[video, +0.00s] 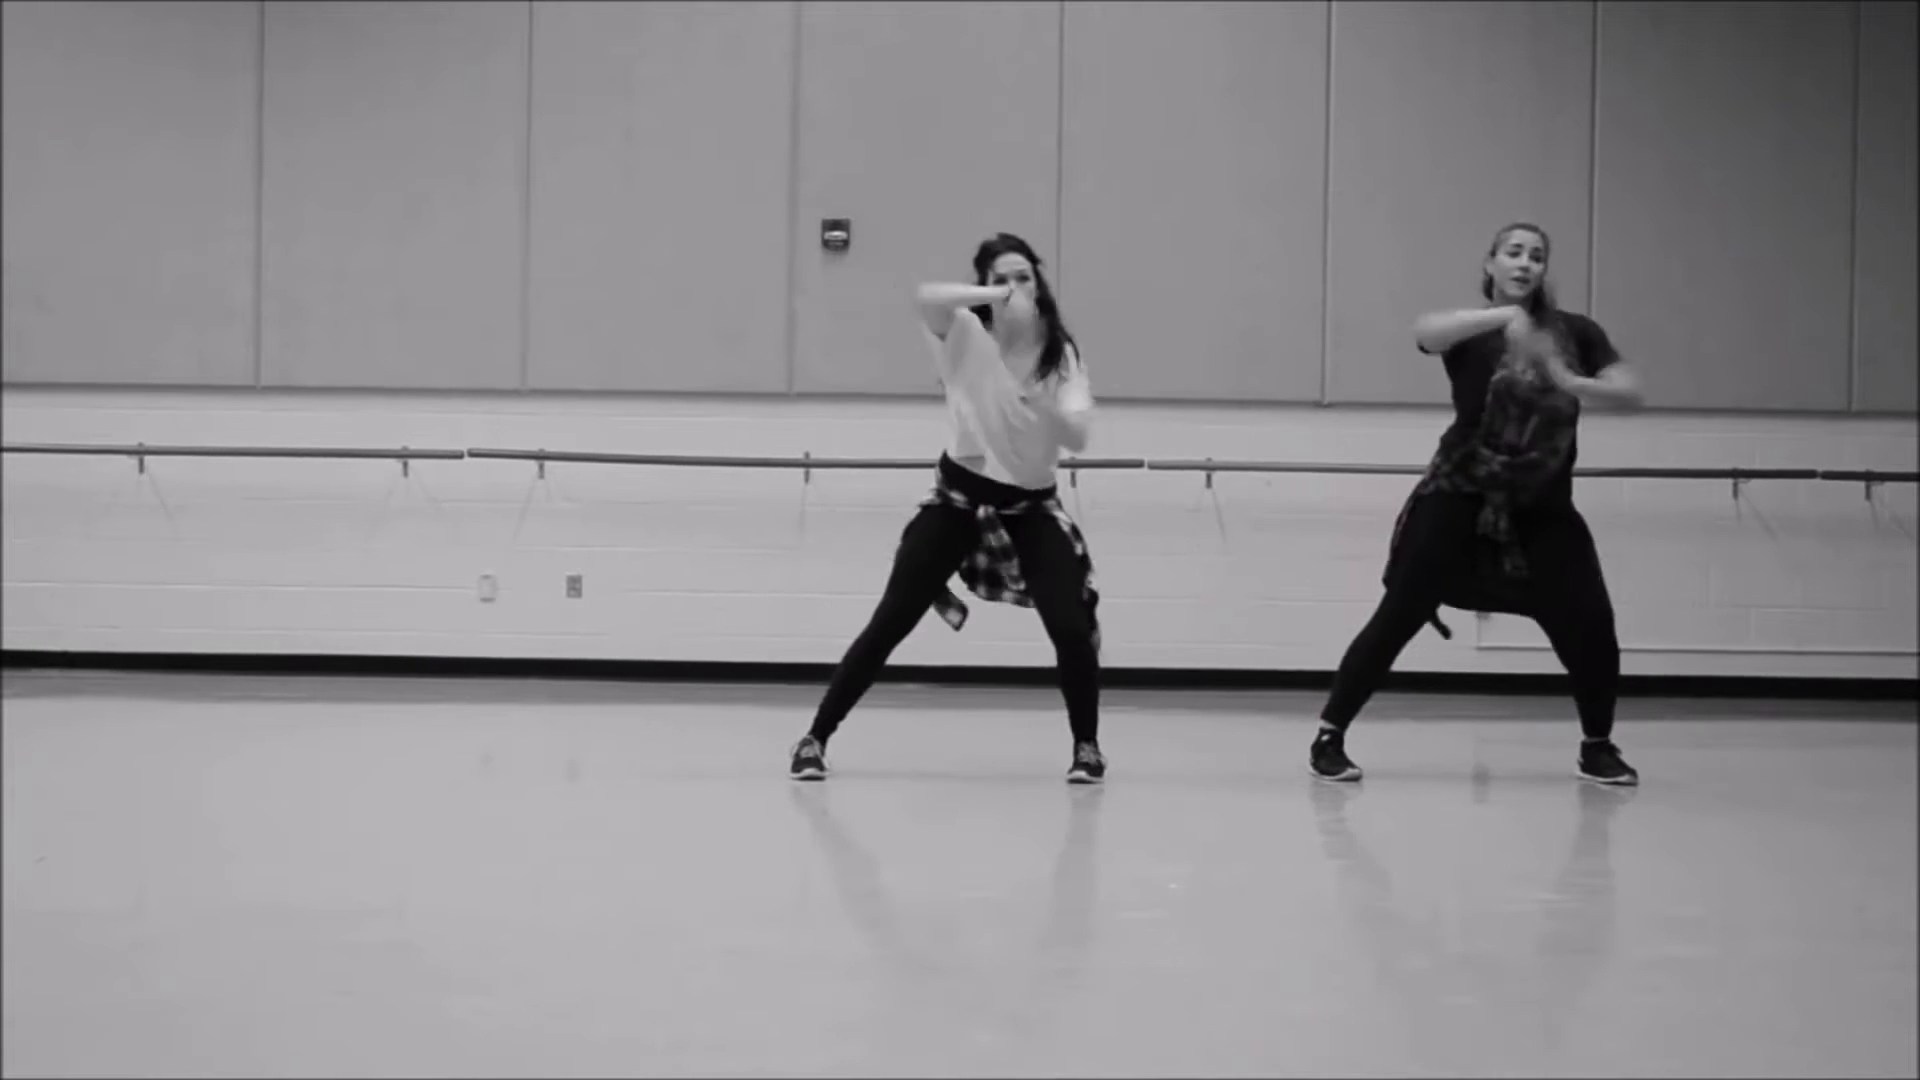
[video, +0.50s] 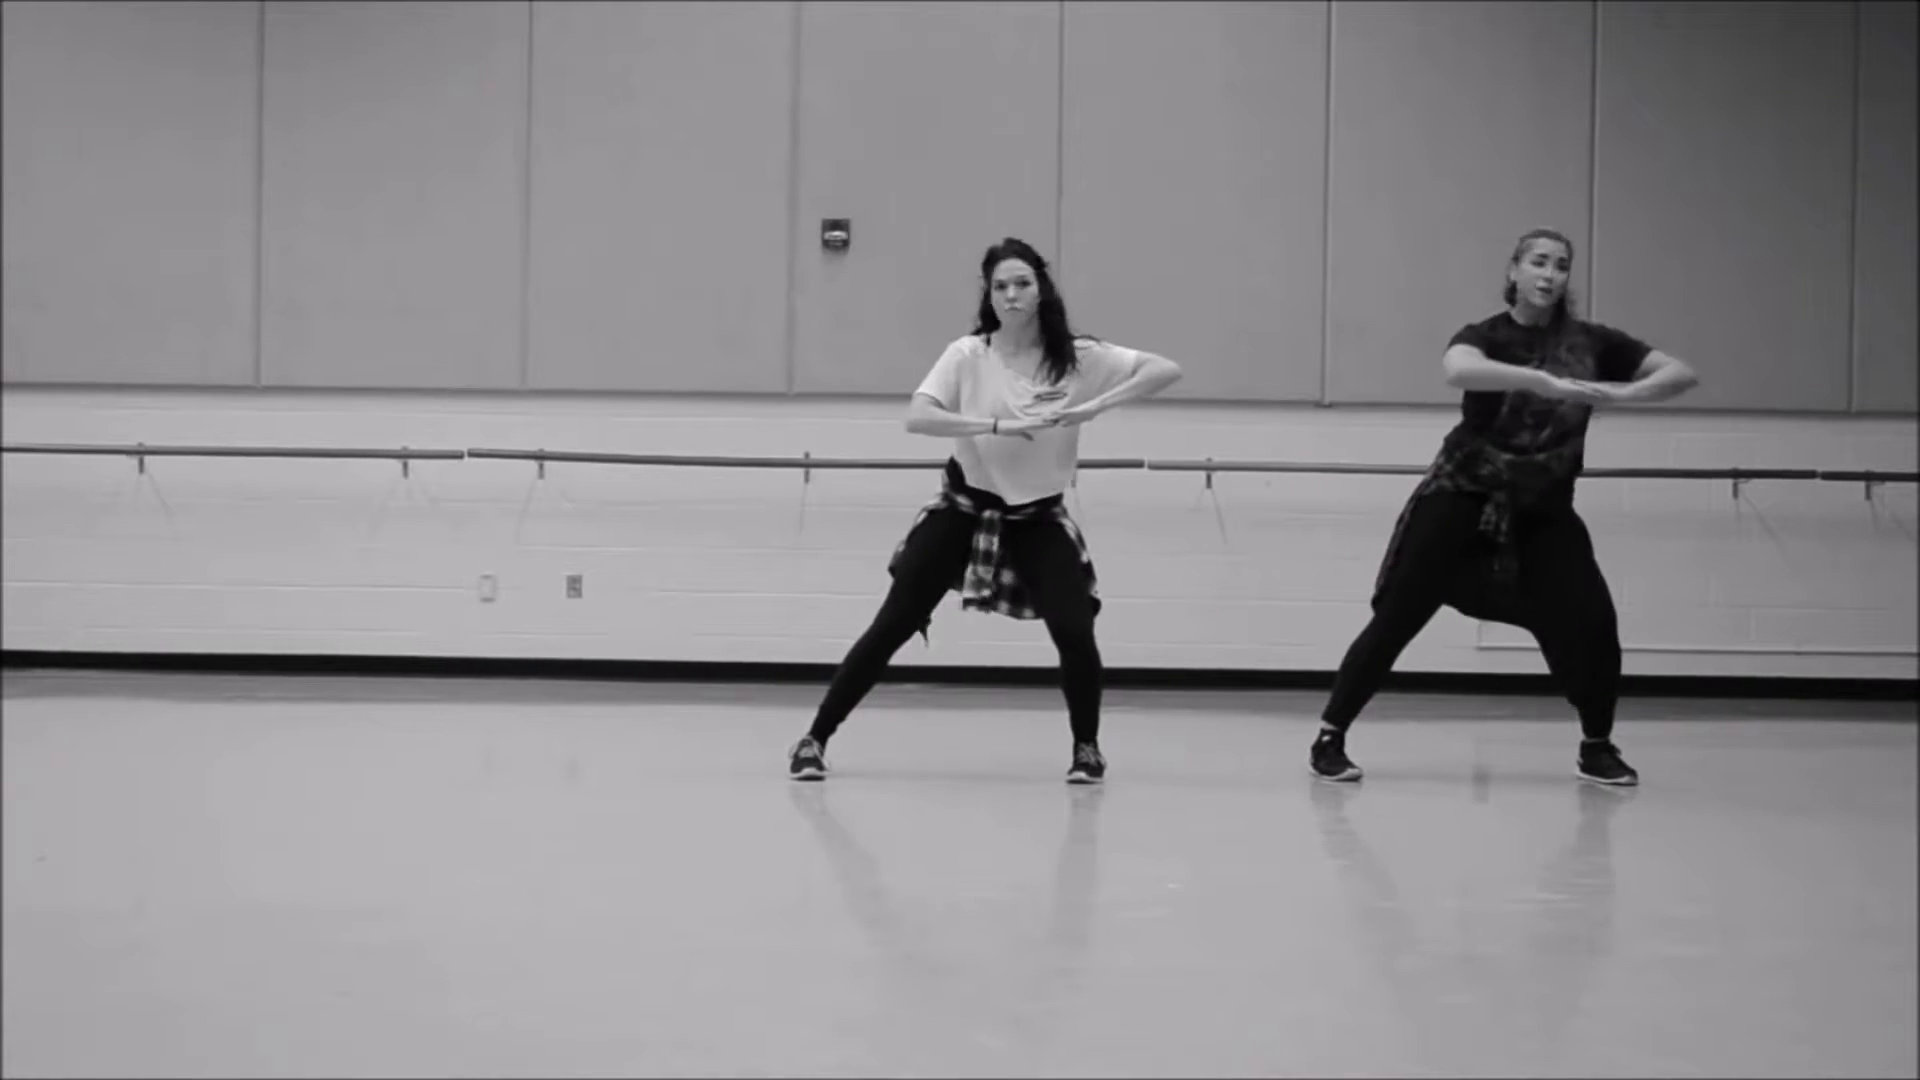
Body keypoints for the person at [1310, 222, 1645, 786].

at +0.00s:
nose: (1525, 262)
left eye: (1536, 256)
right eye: (1513, 253)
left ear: (1546, 271)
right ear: (1489, 265)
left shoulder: (1575, 332)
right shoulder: (1472, 331)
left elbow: (1632, 390)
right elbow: (1426, 333)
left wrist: (1568, 382)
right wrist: (1505, 317)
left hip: (1543, 506)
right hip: (1458, 500)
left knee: (1592, 628)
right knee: (1400, 616)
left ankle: (1598, 747)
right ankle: (1328, 736)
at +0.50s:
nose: (1550, 272)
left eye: (1560, 266)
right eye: (1538, 262)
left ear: (1569, 280)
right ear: (1513, 273)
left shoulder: (1591, 342)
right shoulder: (1487, 334)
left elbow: (1682, 373)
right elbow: (1456, 368)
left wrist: (1627, 395)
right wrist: (1542, 382)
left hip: (1544, 510)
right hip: (1461, 501)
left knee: (1594, 623)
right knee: (1398, 617)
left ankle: (1597, 747)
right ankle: (1330, 737)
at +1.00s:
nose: (1589, 286)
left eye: (1595, 279)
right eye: (1584, 270)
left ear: (1592, 286)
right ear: (1550, 259)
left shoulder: (1577, 349)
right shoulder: (1493, 297)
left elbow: (1616, 423)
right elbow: (1458, 215)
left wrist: (1538, 443)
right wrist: (1494, 210)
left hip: (1535, 507)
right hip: (1453, 497)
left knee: (1569, 635)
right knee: (1401, 623)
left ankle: (1593, 748)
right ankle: (1343, 741)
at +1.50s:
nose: (1514, 262)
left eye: (1531, 266)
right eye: (1518, 254)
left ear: (1541, 295)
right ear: (1503, 265)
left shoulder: (1535, 343)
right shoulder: (1474, 323)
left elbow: (1569, 400)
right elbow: (1456, 299)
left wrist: (1505, 433)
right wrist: (1451, 245)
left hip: (1524, 507)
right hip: (1457, 506)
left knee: (1553, 635)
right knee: (1389, 605)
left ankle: (1593, 748)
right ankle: (1331, 735)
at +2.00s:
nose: (1353, 261)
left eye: (1367, 258)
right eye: (1357, 252)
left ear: (1397, 278)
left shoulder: (1417, 331)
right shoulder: (1340, 329)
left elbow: (1461, 374)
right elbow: (1318, 386)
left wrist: (1486, 384)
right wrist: (1250, 375)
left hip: (1431, 495)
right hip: (1363, 496)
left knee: (1410, 598)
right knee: (1288, 590)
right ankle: (1307, 724)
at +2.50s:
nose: (1357, 274)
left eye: (1372, 273)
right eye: (1362, 265)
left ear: (1397, 295)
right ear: (1359, 274)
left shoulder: (1403, 348)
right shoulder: (1327, 326)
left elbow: (1407, 400)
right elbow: (1264, 386)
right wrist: (1188, 381)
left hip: (1351, 502)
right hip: (1286, 495)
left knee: (1330, 626)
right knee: (1204, 595)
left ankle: (1361, 746)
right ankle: (1206, 735)